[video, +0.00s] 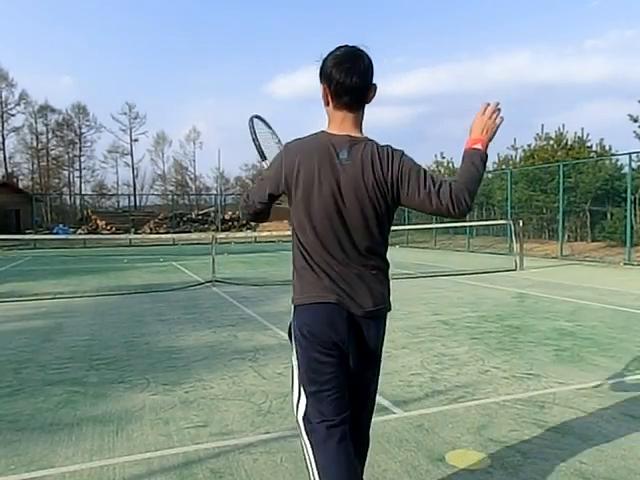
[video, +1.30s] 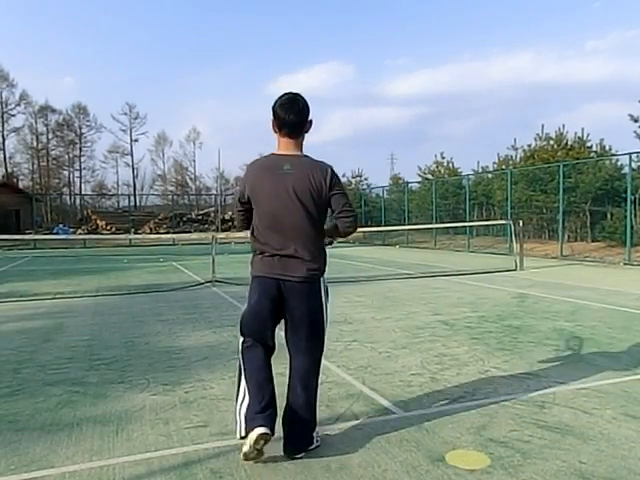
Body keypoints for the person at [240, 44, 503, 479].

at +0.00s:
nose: (323, 94)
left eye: (322, 87)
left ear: (324, 93)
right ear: (371, 95)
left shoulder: (294, 155)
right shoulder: (387, 161)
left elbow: (252, 206)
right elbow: (456, 201)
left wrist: (267, 182)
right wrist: (477, 143)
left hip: (316, 310)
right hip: (371, 309)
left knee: (325, 423)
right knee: (356, 422)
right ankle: (349, 478)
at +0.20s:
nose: (301, 95)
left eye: (301, 89)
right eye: (306, 89)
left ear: (306, 93)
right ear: (347, 93)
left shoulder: (297, 157)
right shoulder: (372, 154)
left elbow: (252, 215)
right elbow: (405, 178)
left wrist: (253, 188)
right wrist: (428, 131)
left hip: (311, 300)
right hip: (364, 303)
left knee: (295, 406)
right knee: (355, 413)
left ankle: (315, 477)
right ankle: (354, 478)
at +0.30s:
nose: (293, 103)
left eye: (292, 95)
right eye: (292, 95)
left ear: (301, 96)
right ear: (336, 95)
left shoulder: (307, 155)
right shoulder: (355, 148)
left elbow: (281, 218)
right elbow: (362, 142)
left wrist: (259, 221)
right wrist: (371, 118)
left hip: (309, 294)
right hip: (358, 291)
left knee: (286, 400)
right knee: (346, 404)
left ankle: (289, 475)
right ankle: (345, 476)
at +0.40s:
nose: (286, 104)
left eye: (285, 96)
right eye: (286, 96)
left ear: (295, 97)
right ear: (326, 94)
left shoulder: (315, 151)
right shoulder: (341, 140)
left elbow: (314, 213)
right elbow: (312, 141)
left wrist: (272, 223)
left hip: (307, 282)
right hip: (350, 281)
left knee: (276, 386)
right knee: (340, 391)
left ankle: (264, 472)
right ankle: (339, 474)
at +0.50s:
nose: (279, 108)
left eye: (278, 100)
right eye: (279, 100)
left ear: (288, 100)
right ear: (319, 98)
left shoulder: (315, 148)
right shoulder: (321, 143)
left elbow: (337, 203)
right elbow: (282, 168)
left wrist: (281, 223)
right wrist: (247, 180)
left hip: (306, 276)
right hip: (342, 275)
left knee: (270, 367)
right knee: (336, 379)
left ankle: (263, 459)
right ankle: (337, 471)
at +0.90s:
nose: (255, 122)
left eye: (256, 116)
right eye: (258, 116)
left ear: (259, 121)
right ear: (293, 123)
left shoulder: (273, 161)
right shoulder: (302, 164)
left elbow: (292, 211)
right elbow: (300, 222)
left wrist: (253, 235)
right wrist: (253, 235)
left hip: (282, 280)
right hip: (315, 276)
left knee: (266, 375)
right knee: (303, 361)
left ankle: (281, 467)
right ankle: (328, 437)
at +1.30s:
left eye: (276, 122)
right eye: (306, 122)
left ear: (273, 125)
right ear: (309, 127)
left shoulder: (255, 170)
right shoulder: (322, 172)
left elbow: (242, 220)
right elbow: (346, 224)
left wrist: (270, 215)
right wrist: (319, 232)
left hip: (263, 278)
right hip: (306, 281)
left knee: (254, 341)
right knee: (305, 357)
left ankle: (259, 422)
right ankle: (298, 442)